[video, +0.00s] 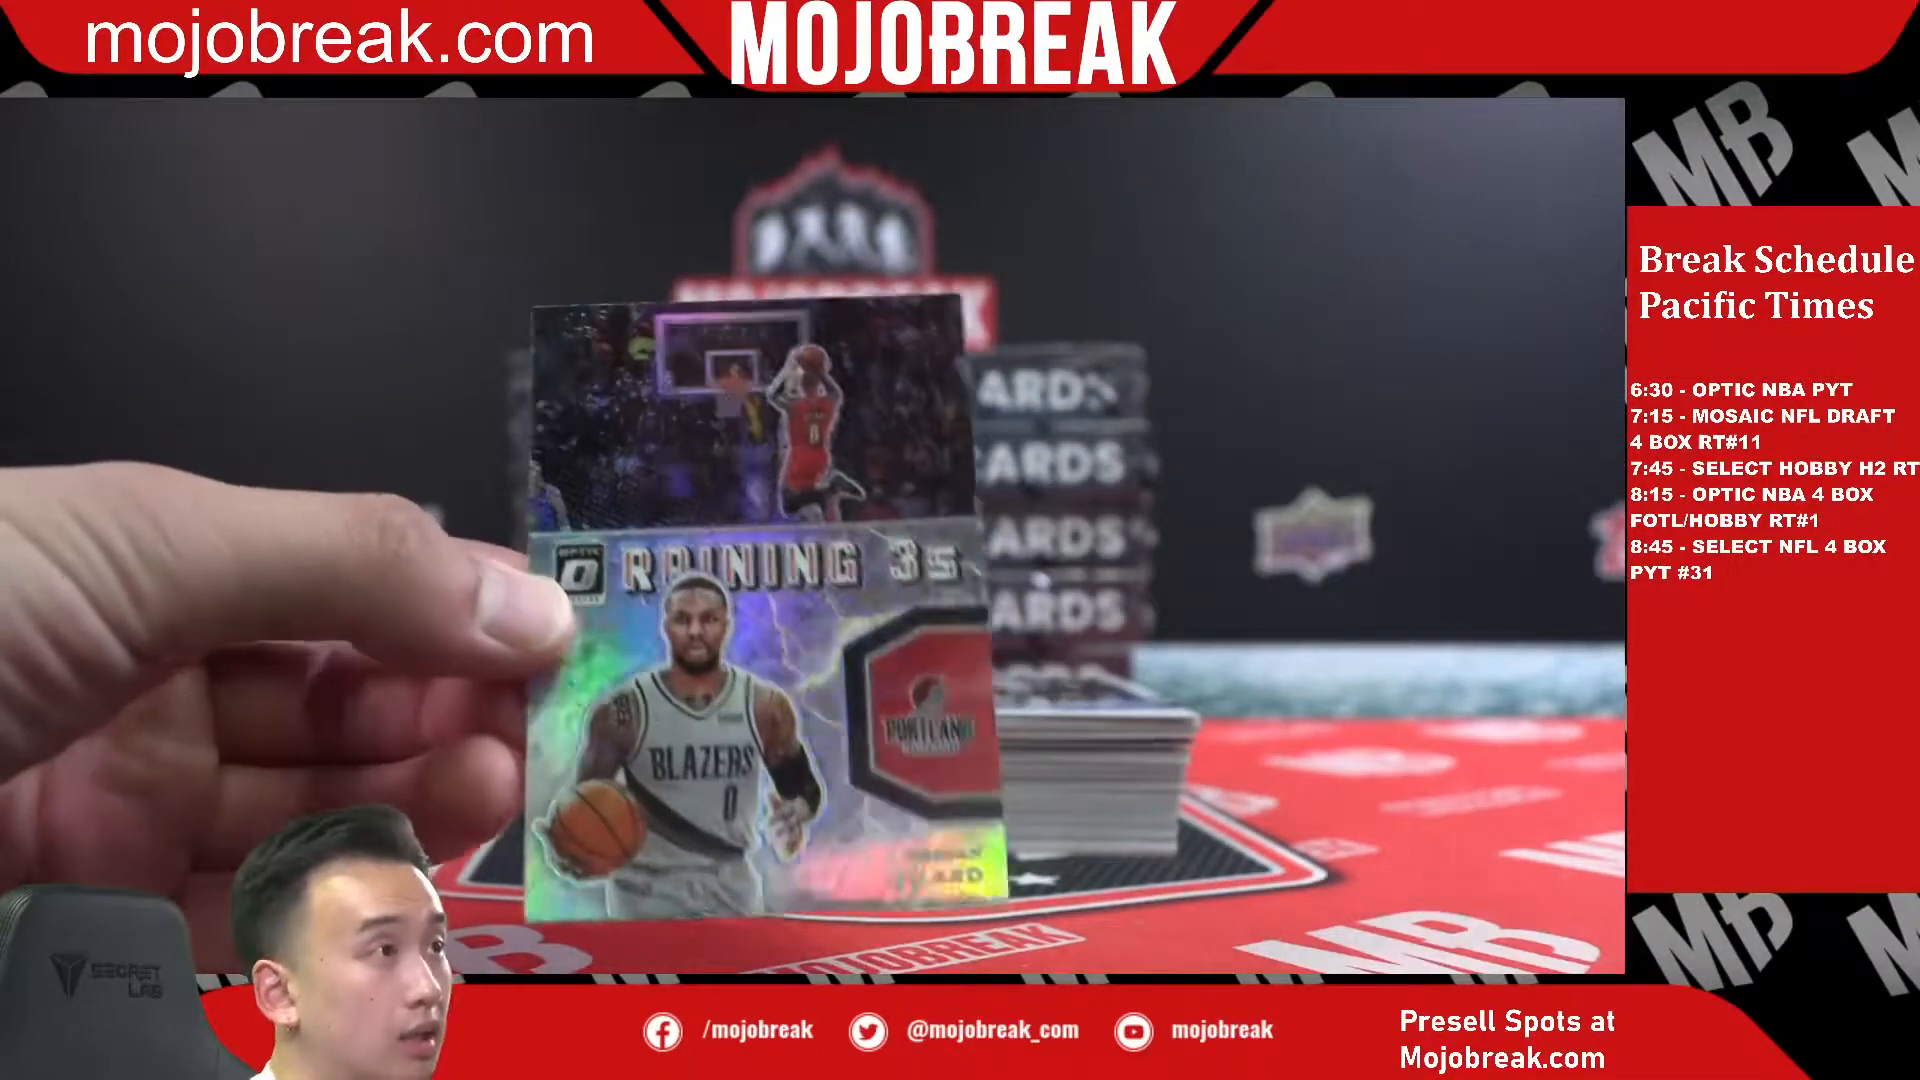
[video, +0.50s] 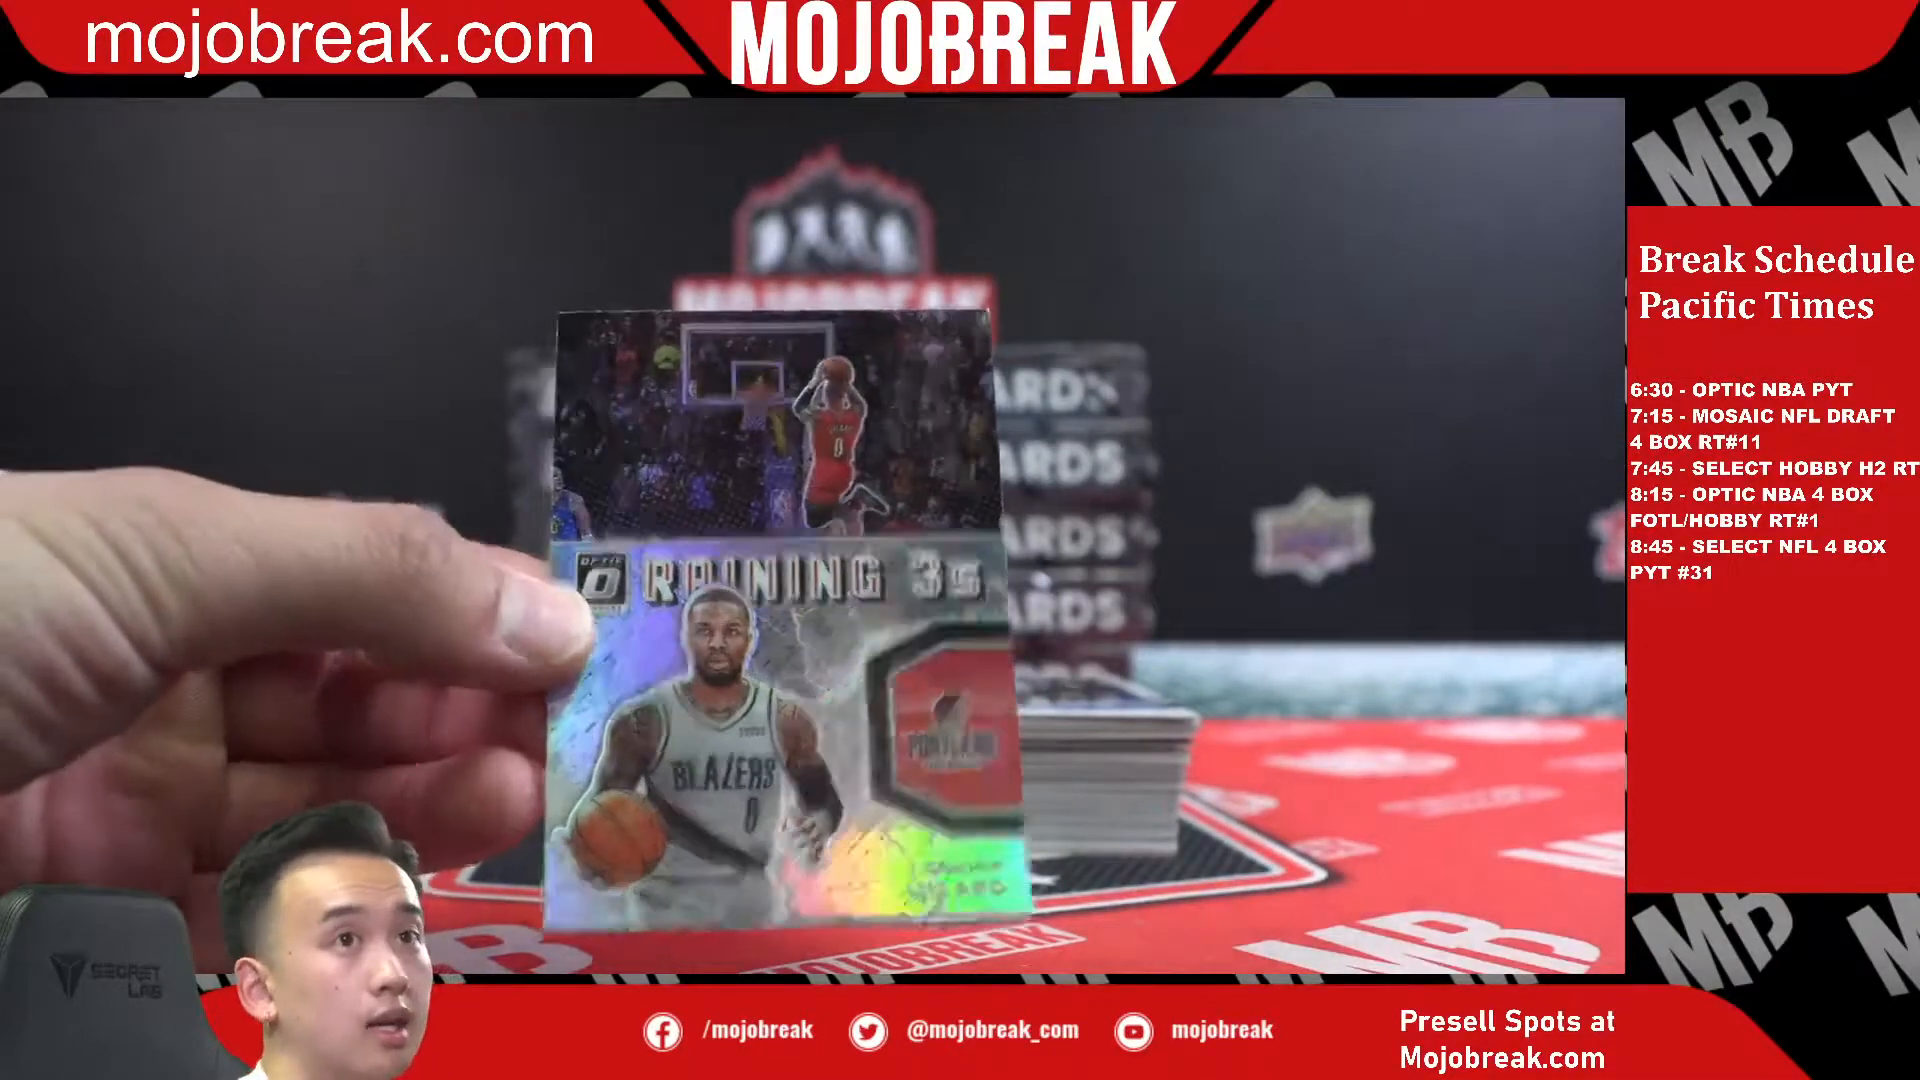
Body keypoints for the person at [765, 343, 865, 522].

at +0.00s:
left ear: (801, 384)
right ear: (820, 385)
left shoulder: (792, 404)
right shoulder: (832, 403)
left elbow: (771, 395)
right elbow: (836, 391)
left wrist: (787, 369)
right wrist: (821, 372)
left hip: (798, 454)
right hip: (822, 454)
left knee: (789, 505)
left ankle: (830, 491)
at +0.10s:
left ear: (817, 396)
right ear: (837, 398)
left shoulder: (808, 416)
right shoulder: (847, 417)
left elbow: (790, 409)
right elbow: (853, 406)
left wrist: (807, 382)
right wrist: (839, 385)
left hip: (813, 468)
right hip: (837, 468)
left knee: (802, 524)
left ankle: (841, 507)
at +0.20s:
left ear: (817, 394)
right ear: (837, 396)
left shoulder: (808, 414)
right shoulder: (848, 415)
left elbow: (790, 407)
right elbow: (853, 403)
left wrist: (807, 379)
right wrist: (839, 383)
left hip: (814, 467)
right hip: (838, 467)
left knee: (803, 523)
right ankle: (849, 507)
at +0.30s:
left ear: (820, 395)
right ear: (841, 397)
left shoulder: (812, 416)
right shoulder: (852, 416)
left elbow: (793, 408)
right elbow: (857, 404)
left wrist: (811, 380)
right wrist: (842, 384)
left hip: (817, 468)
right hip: (841, 468)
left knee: (806, 524)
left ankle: (845, 508)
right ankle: (854, 506)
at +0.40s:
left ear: (821, 395)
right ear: (842, 397)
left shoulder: (813, 416)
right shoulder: (853, 417)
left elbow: (794, 409)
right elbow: (858, 405)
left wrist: (811, 381)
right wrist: (843, 384)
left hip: (818, 468)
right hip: (842, 469)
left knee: (807, 525)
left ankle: (845, 509)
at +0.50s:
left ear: (824, 393)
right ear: (847, 392)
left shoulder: (815, 415)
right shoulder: (856, 416)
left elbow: (797, 407)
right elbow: (860, 403)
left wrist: (814, 382)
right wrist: (846, 383)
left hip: (821, 468)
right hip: (845, 468)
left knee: (814, 523)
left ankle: (833, 526)